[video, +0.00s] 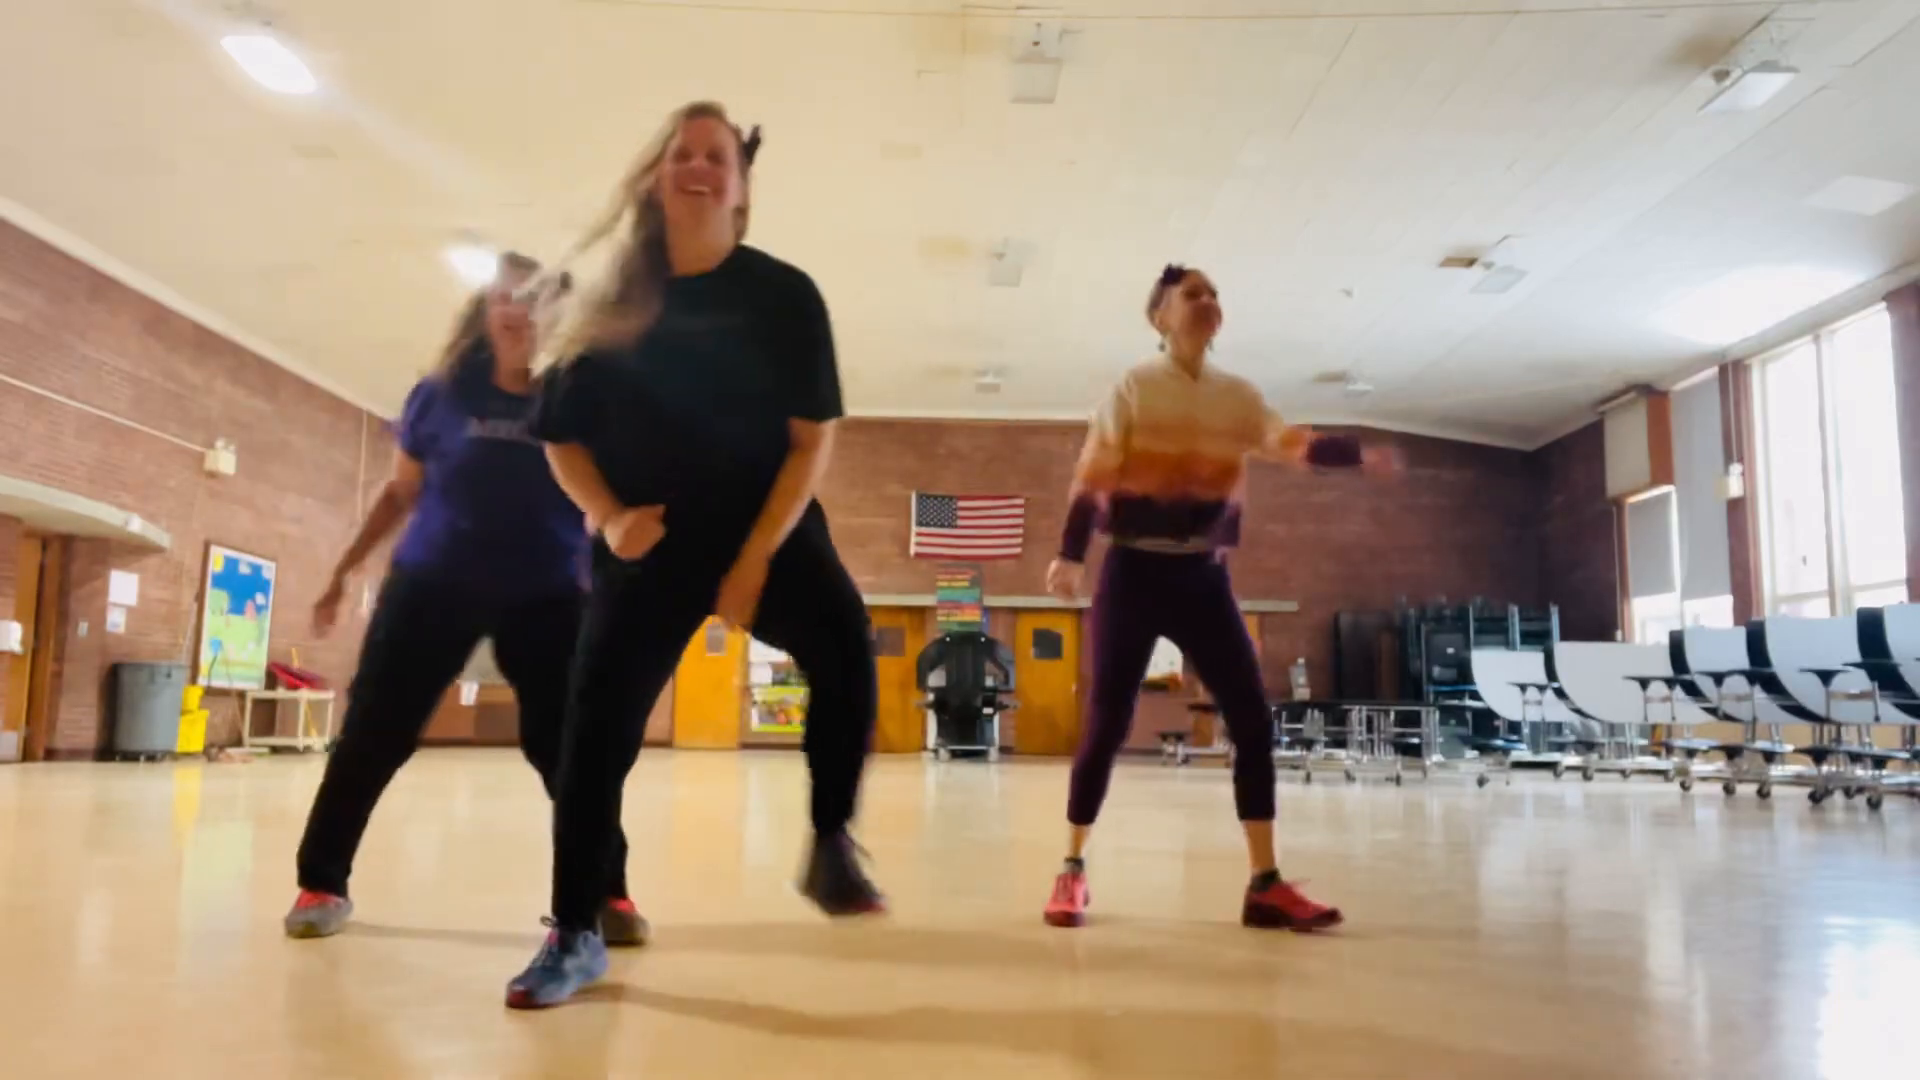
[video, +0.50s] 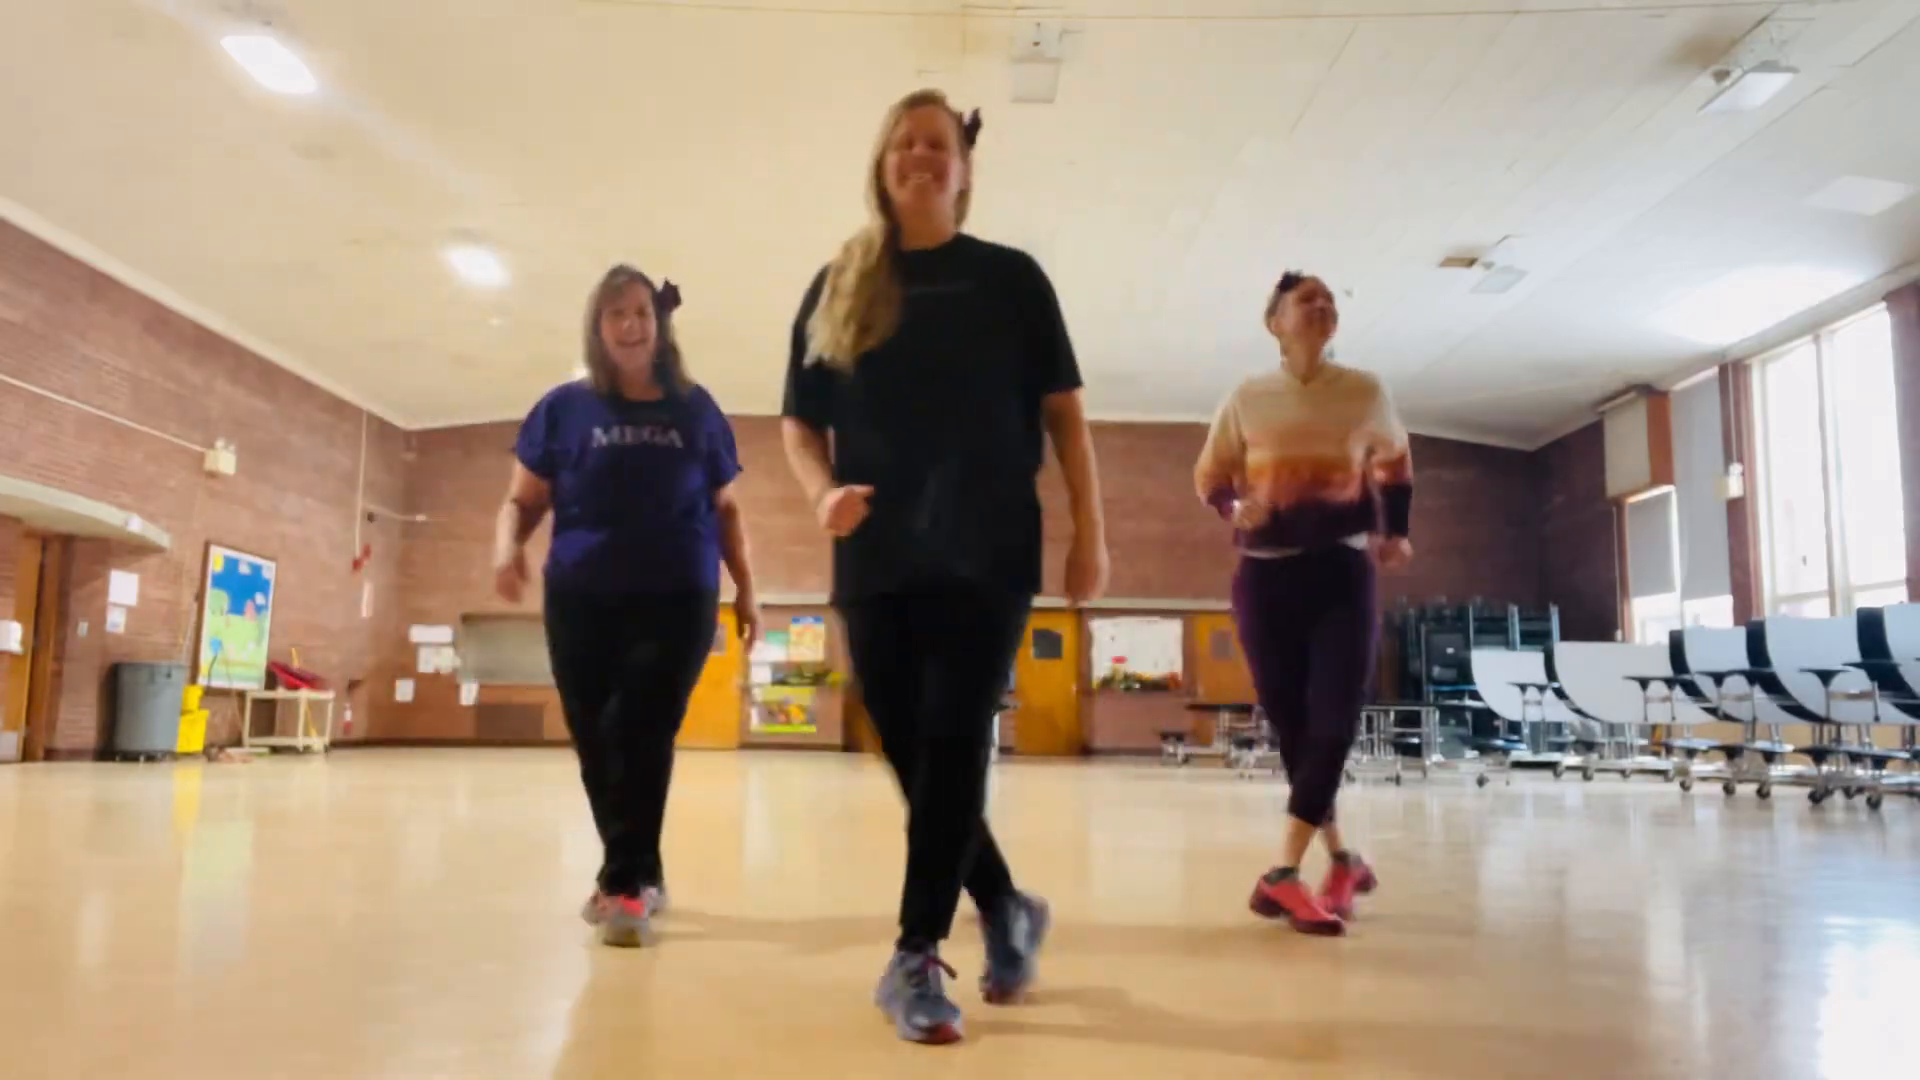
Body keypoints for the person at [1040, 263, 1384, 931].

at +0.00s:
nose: (1207, 301)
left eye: (1212, 294)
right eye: (1191, 294)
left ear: (1219, 315)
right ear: (1159, 315)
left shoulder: (1238, 398)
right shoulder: (1134, 389)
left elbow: (1292, 446)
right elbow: (1092, 478)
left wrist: (1358, 454)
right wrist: (1070, 554)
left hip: (1200, 577)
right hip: (1130, 574)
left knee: (1252, 722)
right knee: (1106, 723)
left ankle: (1264, 882)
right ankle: (1072, 869)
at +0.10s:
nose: (1229, 297)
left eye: (1235, 290)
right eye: (1212, 290)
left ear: (1245, 315)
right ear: (1183, 317)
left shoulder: (1274, 393)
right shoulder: (1162, 395)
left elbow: (1321, 476)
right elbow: (1124, 486)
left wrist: (1360, 543)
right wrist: (1111, 553)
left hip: (1239, 579)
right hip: (1163, 573)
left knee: (1280, 722)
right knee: (1128, 719)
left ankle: (1269, 883)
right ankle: (1077, 866)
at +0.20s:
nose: (1255, 290)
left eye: (1260, 283)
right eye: (1239, 283)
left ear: (1269, 307)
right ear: (1209, 310)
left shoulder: (1299, 385)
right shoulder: (1184, 389)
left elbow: (1335, 474)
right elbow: (1142, 468)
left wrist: (1357, 557)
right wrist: (1142, 516)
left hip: (1271, 572)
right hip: (1195, 567)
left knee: (1288, 726)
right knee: (1157, 701)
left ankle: (1269, 881)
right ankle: (1140, 828)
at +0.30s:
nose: (1280, 288)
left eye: (1285, 282)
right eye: (1263, 282)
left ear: (1295, 306)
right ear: (1233, 309)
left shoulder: (1326, 380)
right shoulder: (1208, 387)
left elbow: (1364, 461)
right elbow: (1165, 453)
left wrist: (1365, 538)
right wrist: (1171, 491)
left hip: (1297, 568)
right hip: (1221, 563)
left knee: (1297, 721)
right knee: (1189, 708)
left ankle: (1272, 880)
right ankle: (1230, 794)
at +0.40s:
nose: (1304, 291)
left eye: (1309, 285)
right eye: (1287, 285)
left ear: (1317, 310)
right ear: (1257, 312)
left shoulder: (1346, 383)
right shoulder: (1230, 389)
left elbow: (1383, 456)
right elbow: (1190, 459)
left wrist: (1379, 523)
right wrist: (1206, 487)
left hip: (1319, 563)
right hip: (1244, 564)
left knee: (1312, 716)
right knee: (1236, 725)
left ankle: (1272, 878)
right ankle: (1312, 803)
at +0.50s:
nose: (1320, 306)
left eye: (1327, 299)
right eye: (1304, 299)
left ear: (1336, 322)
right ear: (1274, 322)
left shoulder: (1362, 391)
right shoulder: (1246, 399)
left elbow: (1395, 463)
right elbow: (1209, 476)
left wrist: (1394, 528)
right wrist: (1232, 506)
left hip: (1342, 571)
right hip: (1267, 576)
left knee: (1332, 722)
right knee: (1292, 726)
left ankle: (1284, 873)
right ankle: (1342, 860)